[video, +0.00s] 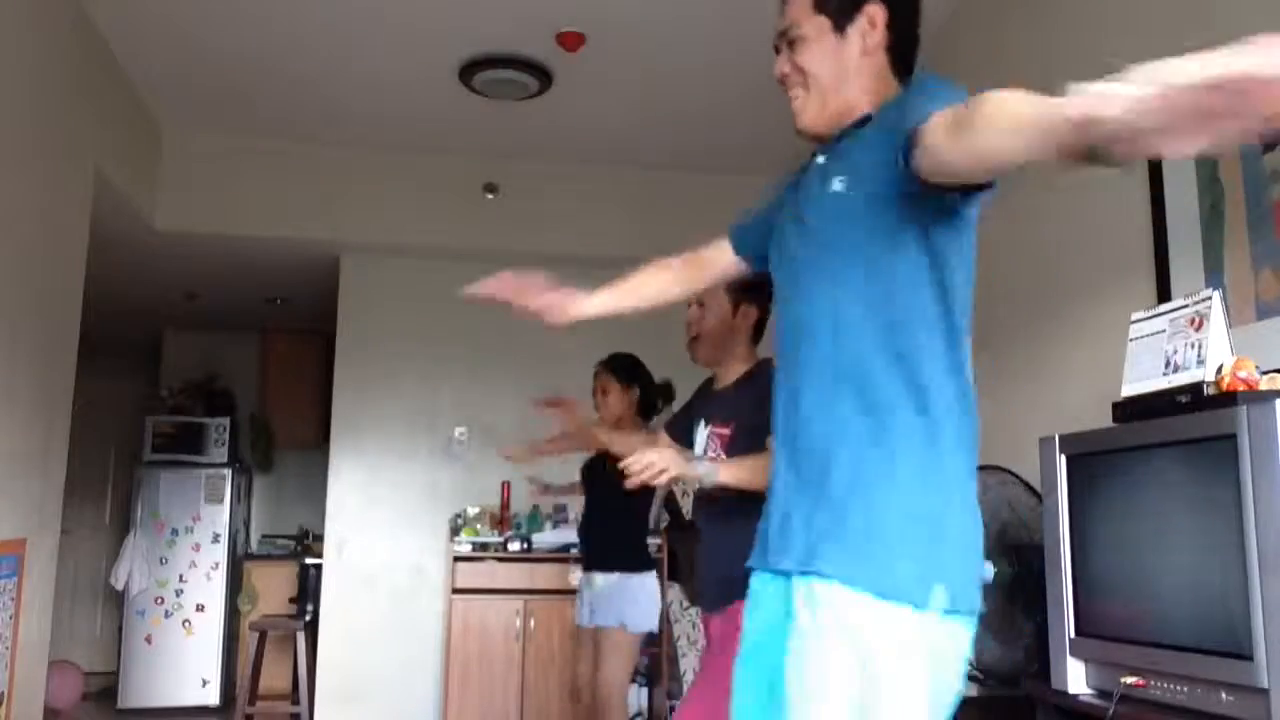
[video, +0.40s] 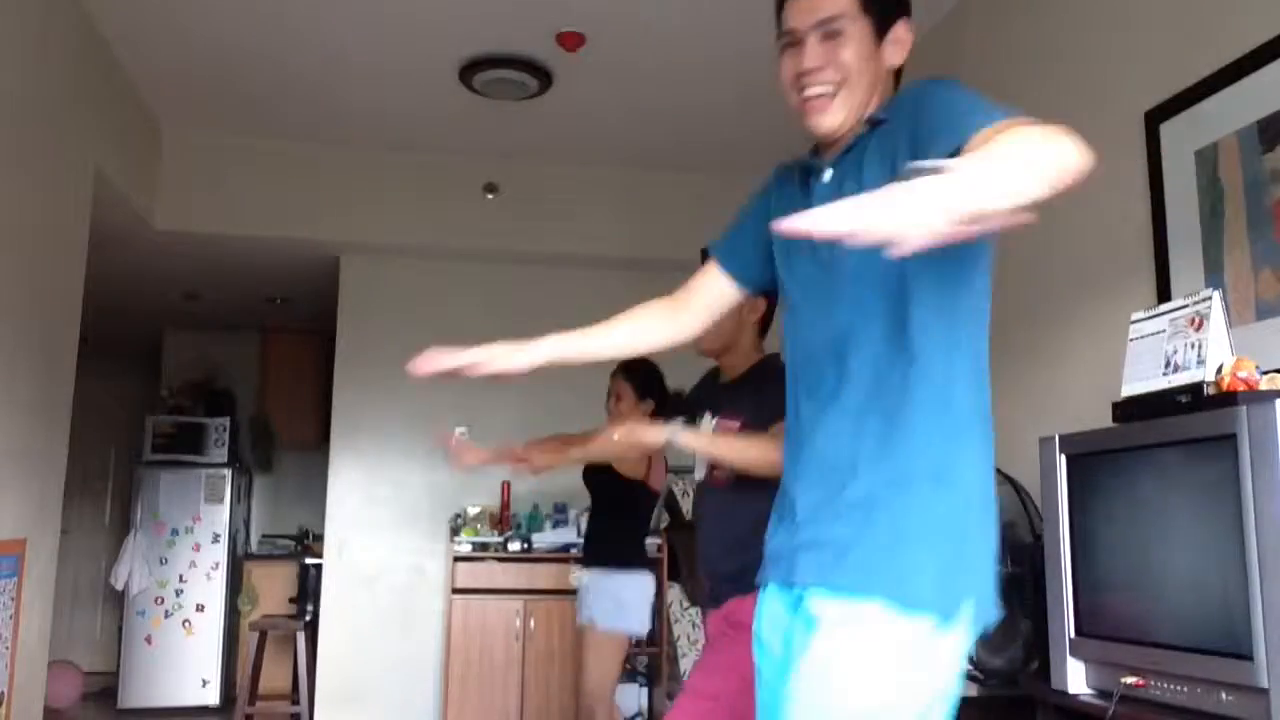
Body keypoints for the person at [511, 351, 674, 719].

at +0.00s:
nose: (597, 401)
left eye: (605, 392)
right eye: (595, 393)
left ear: (633, 395)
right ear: (595, 396)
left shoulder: (647, 445)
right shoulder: (602, 450)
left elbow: (603, 438)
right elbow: (587, 487)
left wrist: (575, 422)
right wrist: (551, 491)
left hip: (628, 581)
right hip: (594, 578)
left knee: (609, 695)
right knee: (585, 691)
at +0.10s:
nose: (597, 412)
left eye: (605, 402)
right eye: (597, 403)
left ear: (634, 404)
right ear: (599, 405)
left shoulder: (645, 446)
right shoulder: (600, 451)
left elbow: (641, 436)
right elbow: (571, 464)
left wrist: (584, 436)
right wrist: (575, 449)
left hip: (627, 587)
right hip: (587, 583)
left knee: (609, 692)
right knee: (588, 686)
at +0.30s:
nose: (605, 429)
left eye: (614, 419)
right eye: (603, 419)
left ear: (642, 425)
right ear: (600, 422)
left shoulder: (648, 463)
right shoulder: (605, 462)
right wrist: (566, 457)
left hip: (624, 605)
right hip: (592, 598)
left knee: (591, 709)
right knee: (580, 705)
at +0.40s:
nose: (610, 406)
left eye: (619, 397)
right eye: (609, 396)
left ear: (647, 405)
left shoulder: (635, 442)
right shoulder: (624, 441)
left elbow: (569, 446)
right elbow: (568, 446)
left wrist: (487, 455)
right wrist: (537, 458)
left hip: (619, 580)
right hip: (603, 577)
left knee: (596, 699)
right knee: (592, 698)